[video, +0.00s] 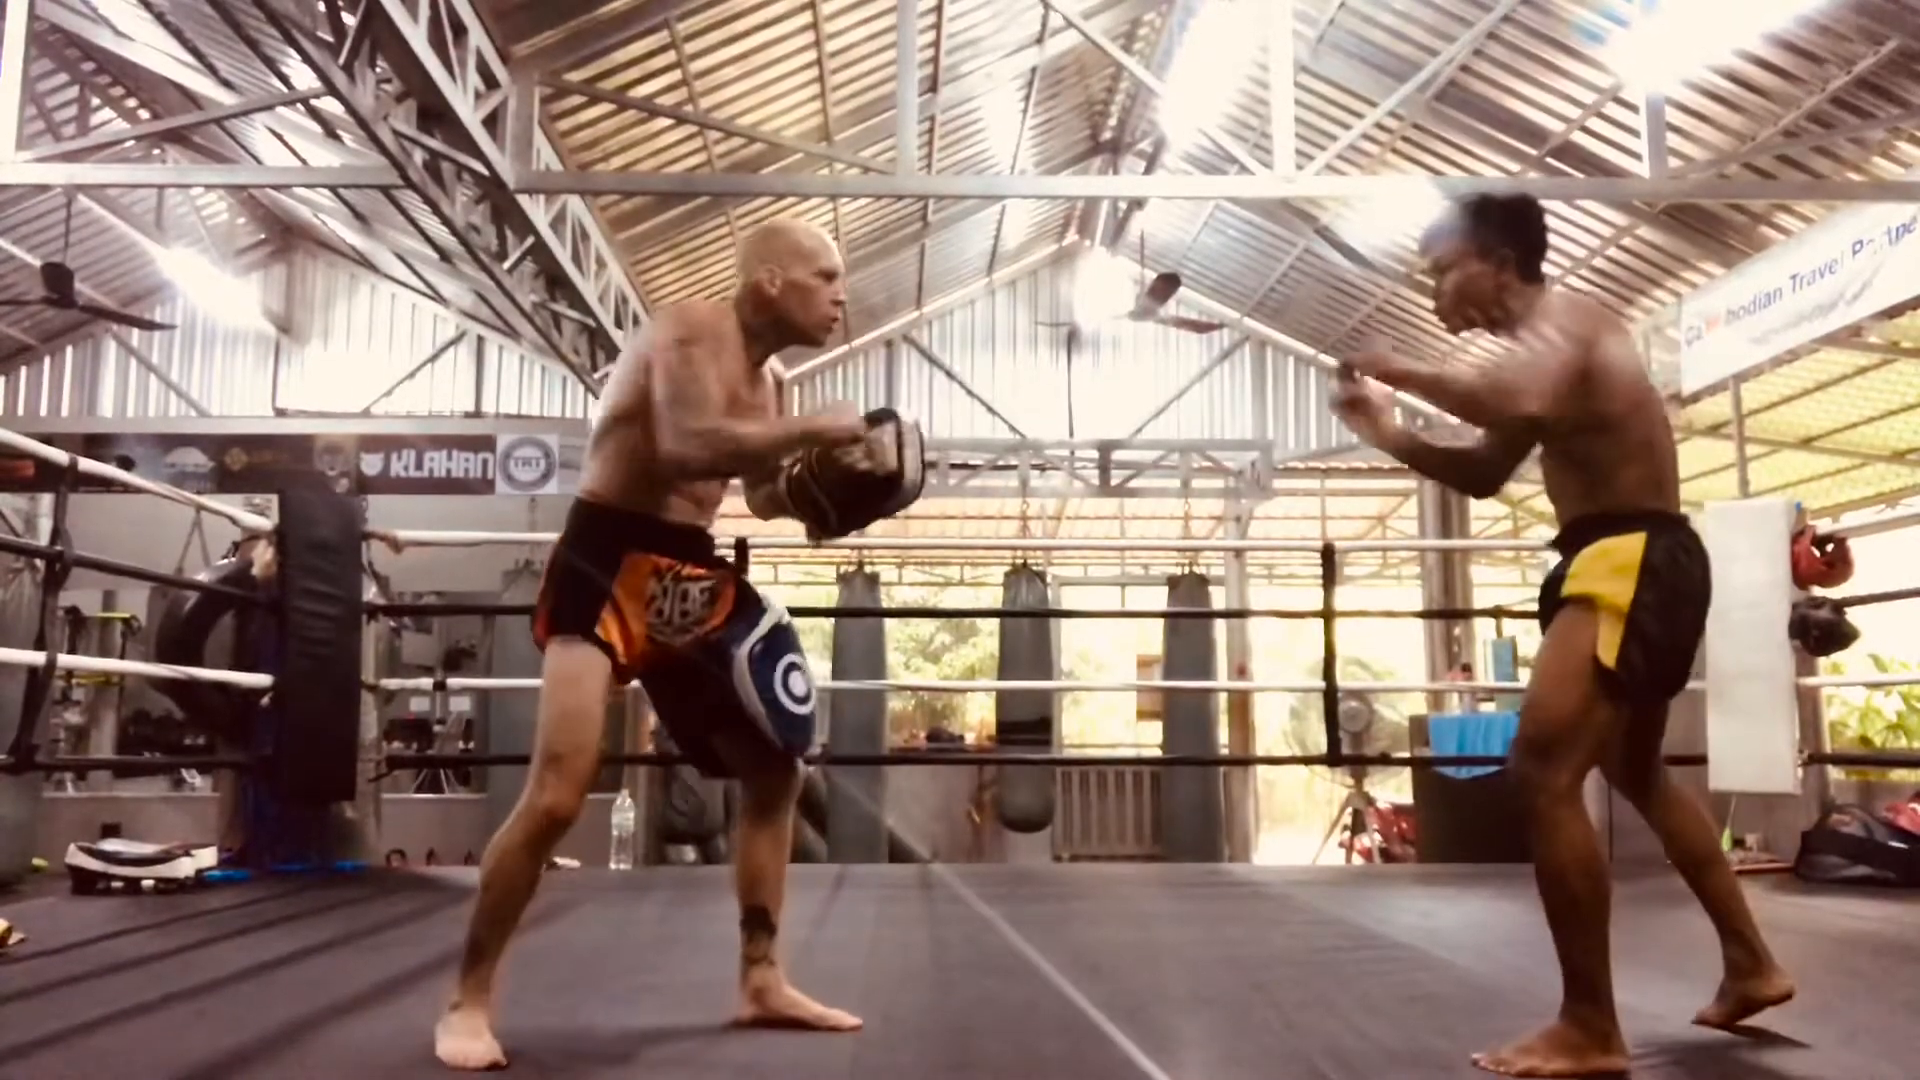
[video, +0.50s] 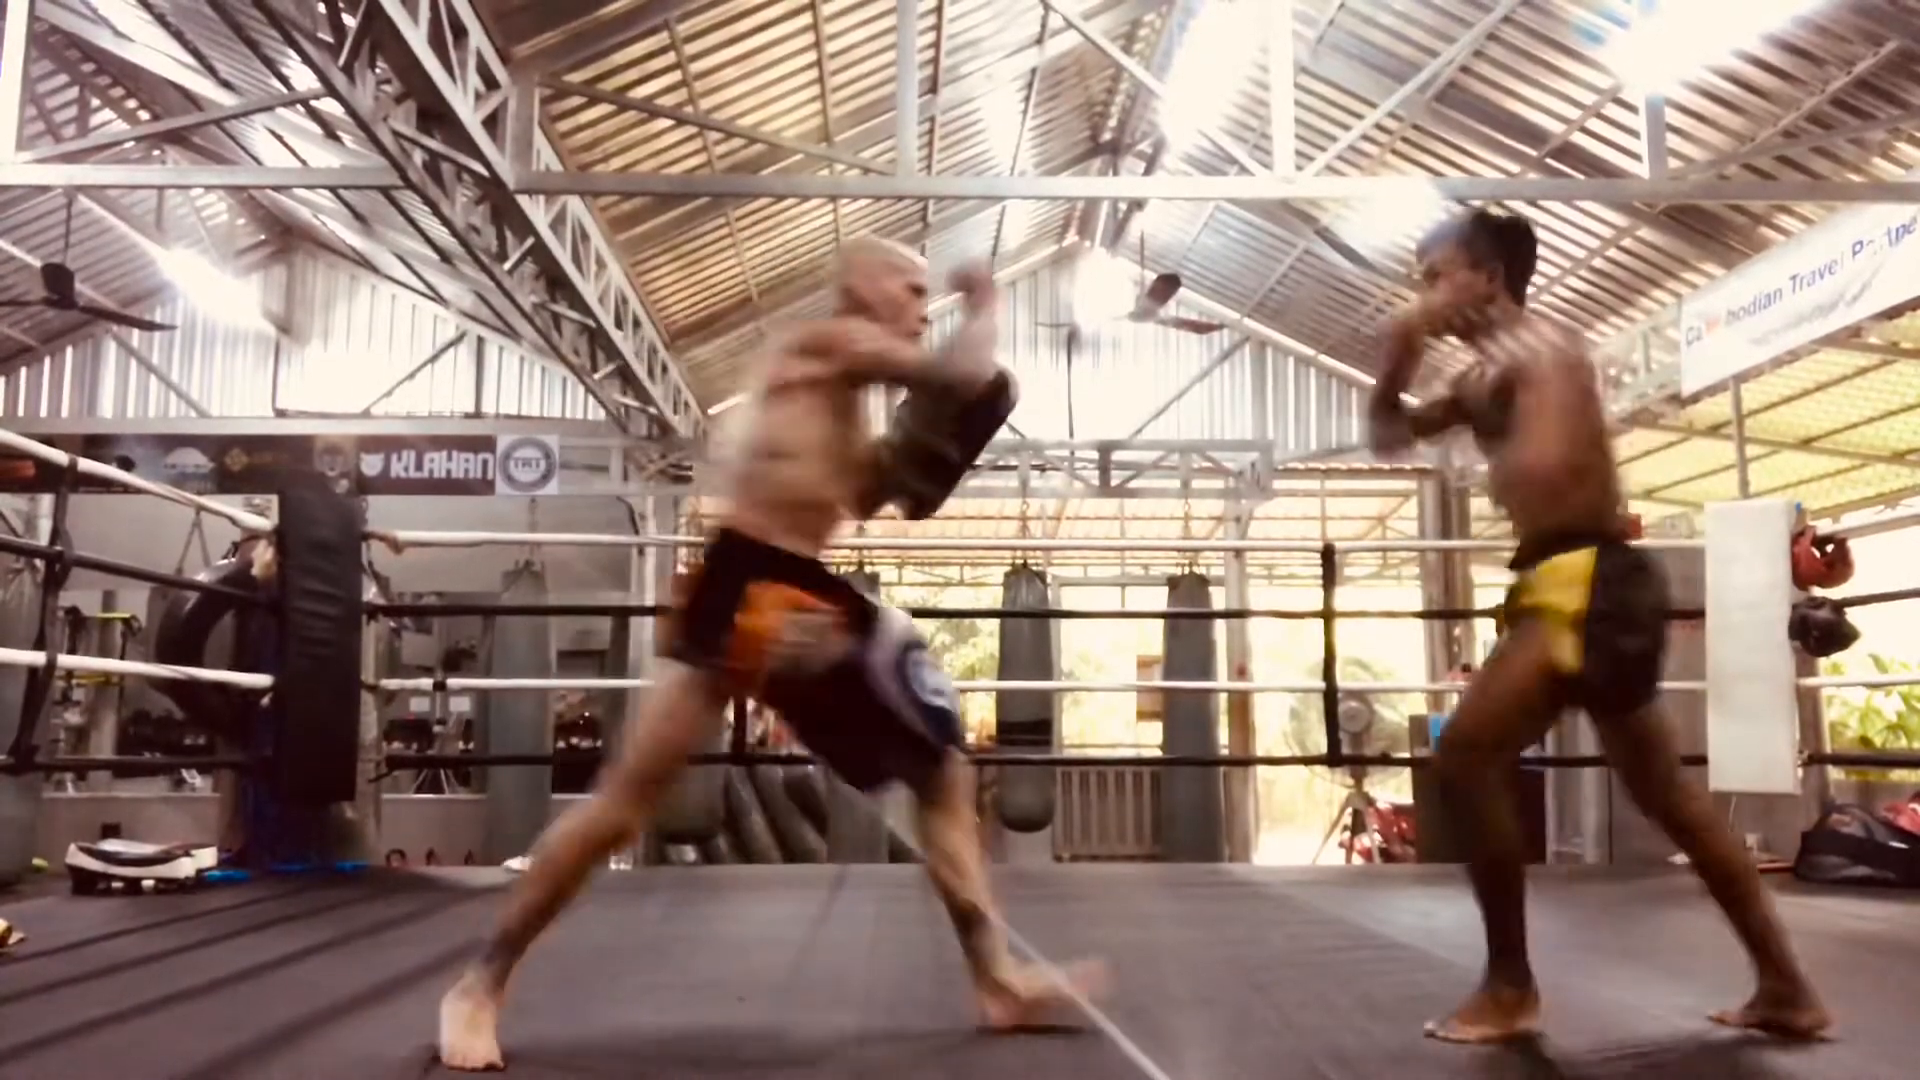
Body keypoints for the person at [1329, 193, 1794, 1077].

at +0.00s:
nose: (1437, 294)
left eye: (1446, 272)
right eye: (1432, 277)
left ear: (1501, 262)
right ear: (1504, 271)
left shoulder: (1561, 315)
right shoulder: (1547, 345)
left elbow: (1524, 397)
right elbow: (1482, 475)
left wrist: (1394, 366)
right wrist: (1388, 432)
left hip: (1623, 554)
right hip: (1652, 554)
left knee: (1546, 771)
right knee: (1638, 772)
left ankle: (1588, 1025)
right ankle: (1751, 964)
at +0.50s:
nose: (1427, 294)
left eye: (1437, 277)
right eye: (1426, 280)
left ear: (1487, 277)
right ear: (1479, 282)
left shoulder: (1541, 346)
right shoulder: (1489, 368)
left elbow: (1543, 477)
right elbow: (1389, 432)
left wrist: (1481, 414)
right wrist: (1404, 336)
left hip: (1586, 581)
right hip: (1572, 579)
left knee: (1468, 754)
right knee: (1670, 795)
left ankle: (1507, 987)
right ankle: (1785, 987)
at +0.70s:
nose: (1450, 267)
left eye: (1465, 253)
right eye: (1452, 253)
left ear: (1519, 257)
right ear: (1501, 260)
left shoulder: (1600, 343)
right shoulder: (1466, 347)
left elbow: (1701, 414)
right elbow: (1377, 399)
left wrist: (1737, 443)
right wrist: (1303, 403)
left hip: (1475, 570)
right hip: (1410, 558)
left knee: (1462, 793)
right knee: (1287, 641)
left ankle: (1515, 1000)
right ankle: (1359, 748)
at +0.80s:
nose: (1468, 284)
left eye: (1485, 268)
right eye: (1467, 268)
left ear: (1541, 274)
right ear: (1474, 271)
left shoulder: (1584, 375)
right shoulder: (1445, 359)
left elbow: (1633, 437)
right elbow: (1362, 430)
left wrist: (1572, 378)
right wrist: (1274, 472)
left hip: (1429, 580)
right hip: (1363, 516)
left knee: (1441, 775)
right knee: (1190, 461)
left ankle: (1482, 988)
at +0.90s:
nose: (1429, 293)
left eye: (1442, 280)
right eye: (1431, 278)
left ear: (1491, 286)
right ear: (1474, 285)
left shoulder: (1549, 368)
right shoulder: (1442, 361)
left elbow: (1493, 409)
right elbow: (1355, 429)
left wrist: (1394, 353)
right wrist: (1259, 457)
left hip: (1407, 576)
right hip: (1345, 520)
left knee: (1412, 782)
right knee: (1209, 439)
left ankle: (1471, 987)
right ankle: (1082, 414)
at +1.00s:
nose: (1392, 304)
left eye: (1406, 290)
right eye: (1393, 289)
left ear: (1456, 288)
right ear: (1422, 289)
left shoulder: (1495, 364)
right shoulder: (1416, 361)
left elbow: (1384, 387)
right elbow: (1340, 423)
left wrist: (1315, 313)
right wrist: (1241, 416)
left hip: (1388, 584)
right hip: (1321, 544)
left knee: (1414, 767)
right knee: (1204, 479)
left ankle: (1483, 983)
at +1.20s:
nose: (1303, 324)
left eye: (1317, 308)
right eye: (1299, 311)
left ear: (1364, 309)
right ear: (1297, 315)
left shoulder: (1393, 388)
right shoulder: (1289, 381)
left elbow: (1433, 500)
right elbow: (1200, 419)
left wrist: (1450, 632)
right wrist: (1243, 382)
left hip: (1322, 582)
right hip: (1254, 583)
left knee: (1370, 762)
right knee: (1230, 768)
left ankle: (1470, 962)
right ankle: (1283, 935)